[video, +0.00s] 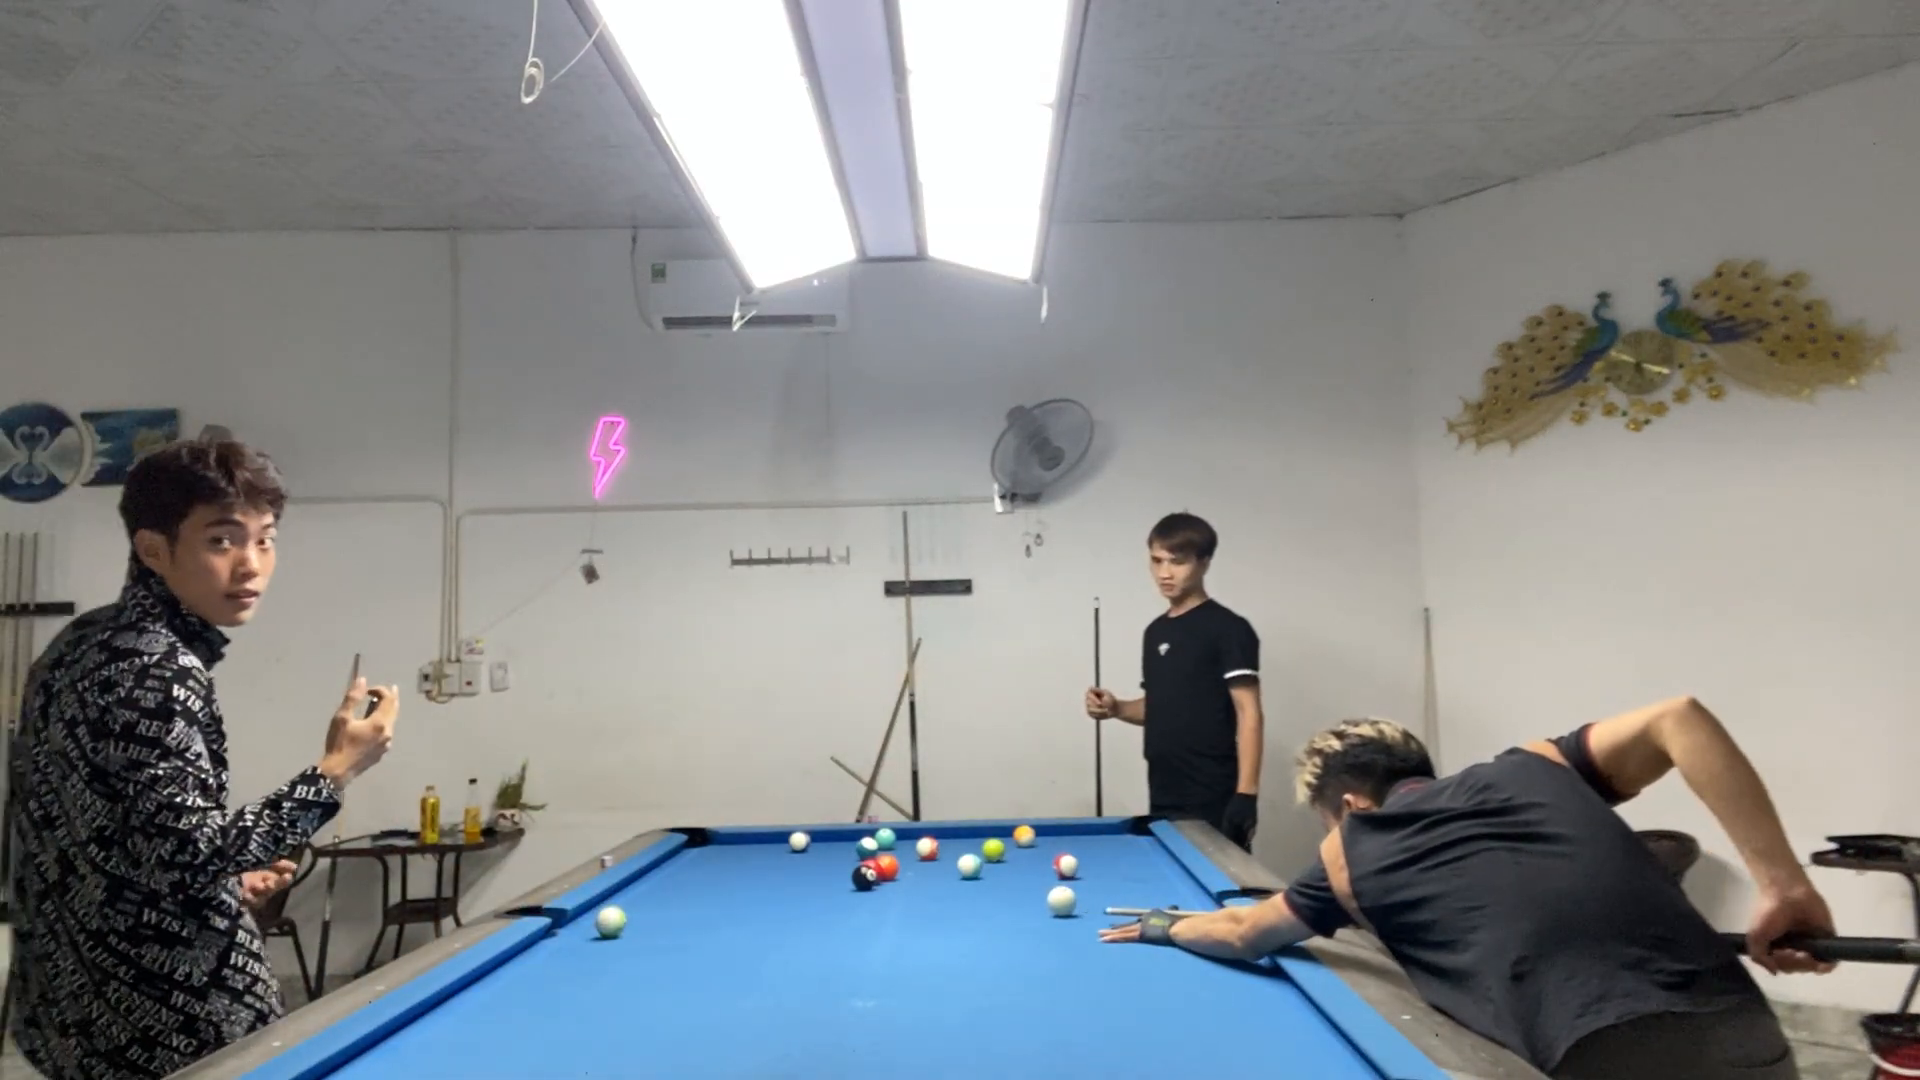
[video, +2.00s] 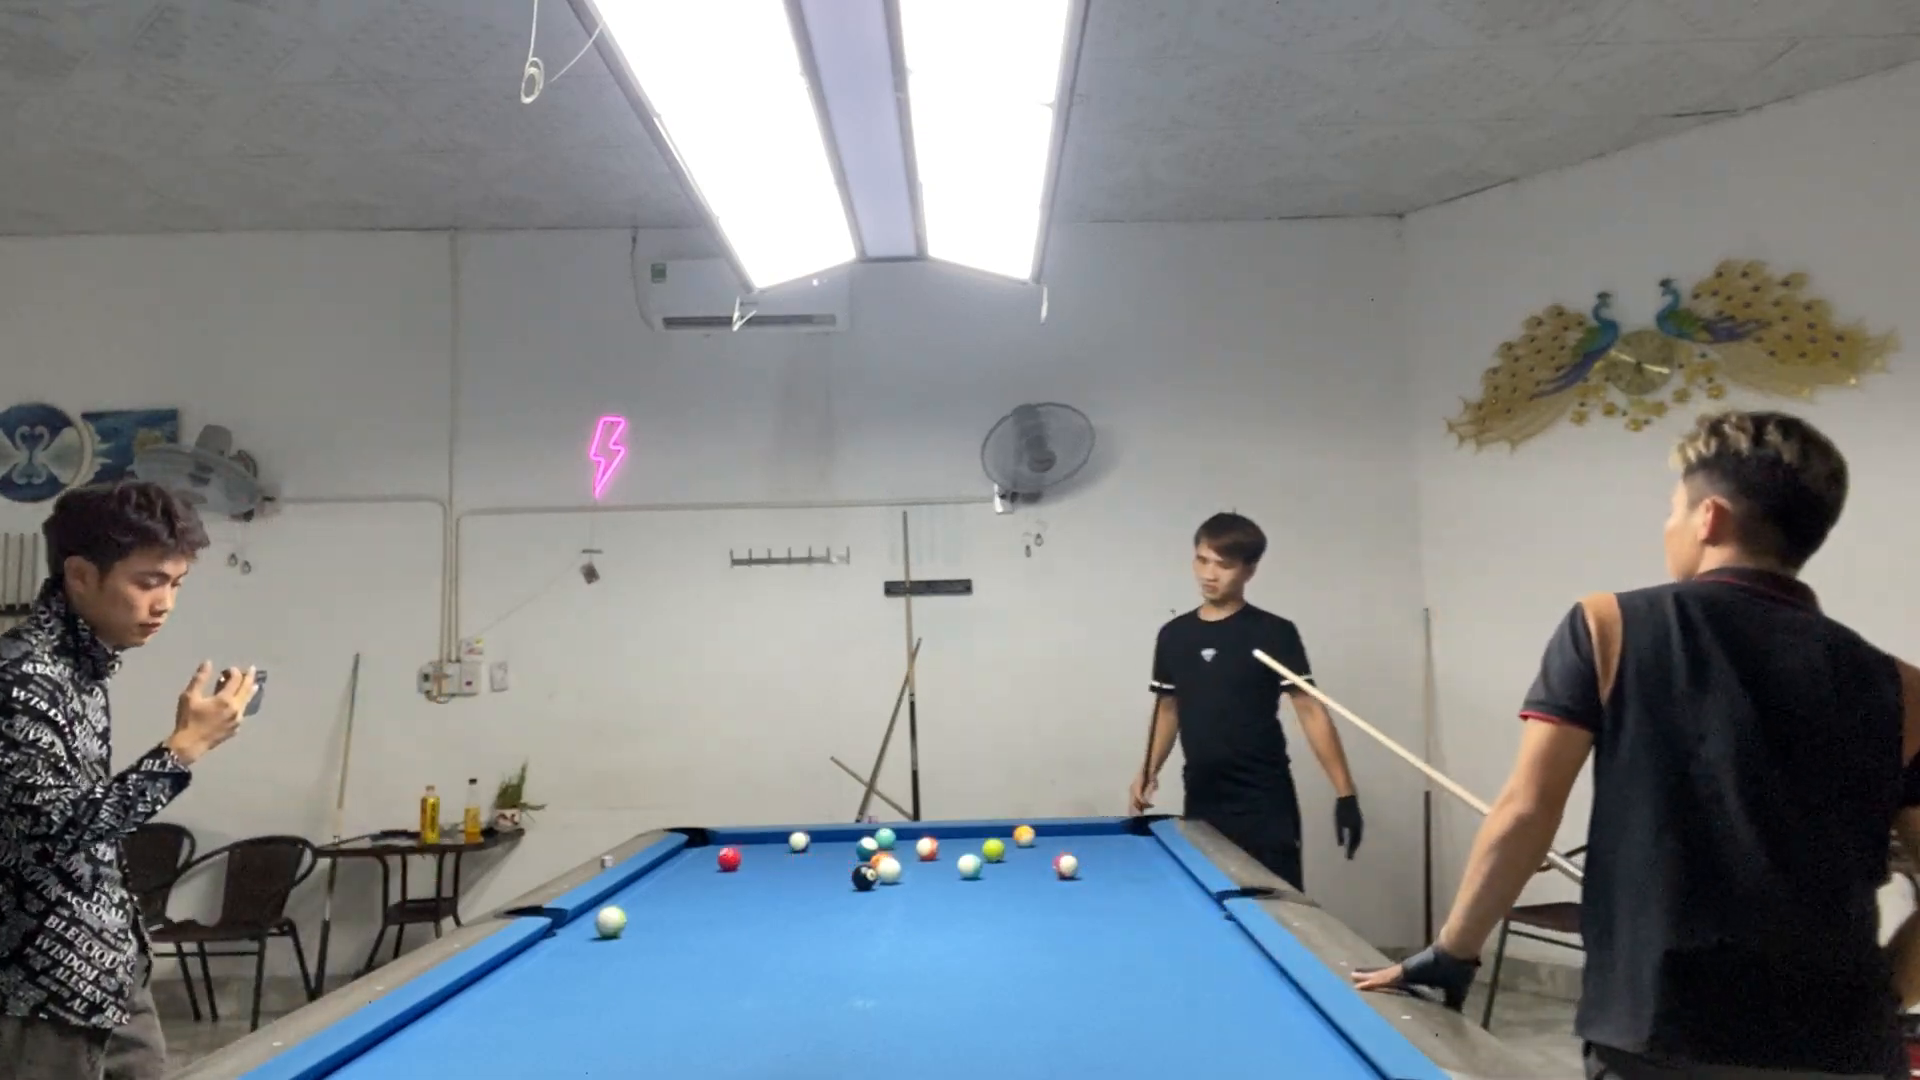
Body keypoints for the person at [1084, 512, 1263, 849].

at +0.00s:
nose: (1164, 572)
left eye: (1177, 562)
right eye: (1157, 561)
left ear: (1203, 564)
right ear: (1149, 562)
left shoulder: (1230, 630)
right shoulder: (1156, 632)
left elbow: (1249, 713)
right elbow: (1159, 709)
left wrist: (1246, 794)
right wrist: (1117, 708)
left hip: (1214, 802)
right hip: (1165, 798)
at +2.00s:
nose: (1209, 574)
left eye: (1223, 565)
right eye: (1202, 561)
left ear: (1249, 571)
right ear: (1194, 560)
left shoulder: (1275, 633)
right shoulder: (1174, 635)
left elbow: (1311, 711)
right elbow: (1167, 710)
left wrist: (1345, 794)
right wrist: (1148, 771)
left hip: (1266, 802)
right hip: (1204, 800)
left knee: (1279, 919)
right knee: (1209, 916)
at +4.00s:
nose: (1273, 548)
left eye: (1272, 531)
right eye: (1267, 532)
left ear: (1314, 523)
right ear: (1358, 515)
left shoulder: (1319, 622)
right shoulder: (1461, 591)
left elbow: (1252, 757)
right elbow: (1570, 688)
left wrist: (1144, 713)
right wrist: (1579, 796)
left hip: (1404, 895)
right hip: (1511, 883)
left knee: (1399, 1063)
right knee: (1538, 1062)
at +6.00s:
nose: (1261, 835)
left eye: (1259, 823)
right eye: (1254, 825)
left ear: (1286, 806)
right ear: (1354, 776)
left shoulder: (1304, 838)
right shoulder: (1462, 794)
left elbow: (1171, 913)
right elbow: (1573, 825)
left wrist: (1091, 903)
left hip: (1537, 998)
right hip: (1627, 955)